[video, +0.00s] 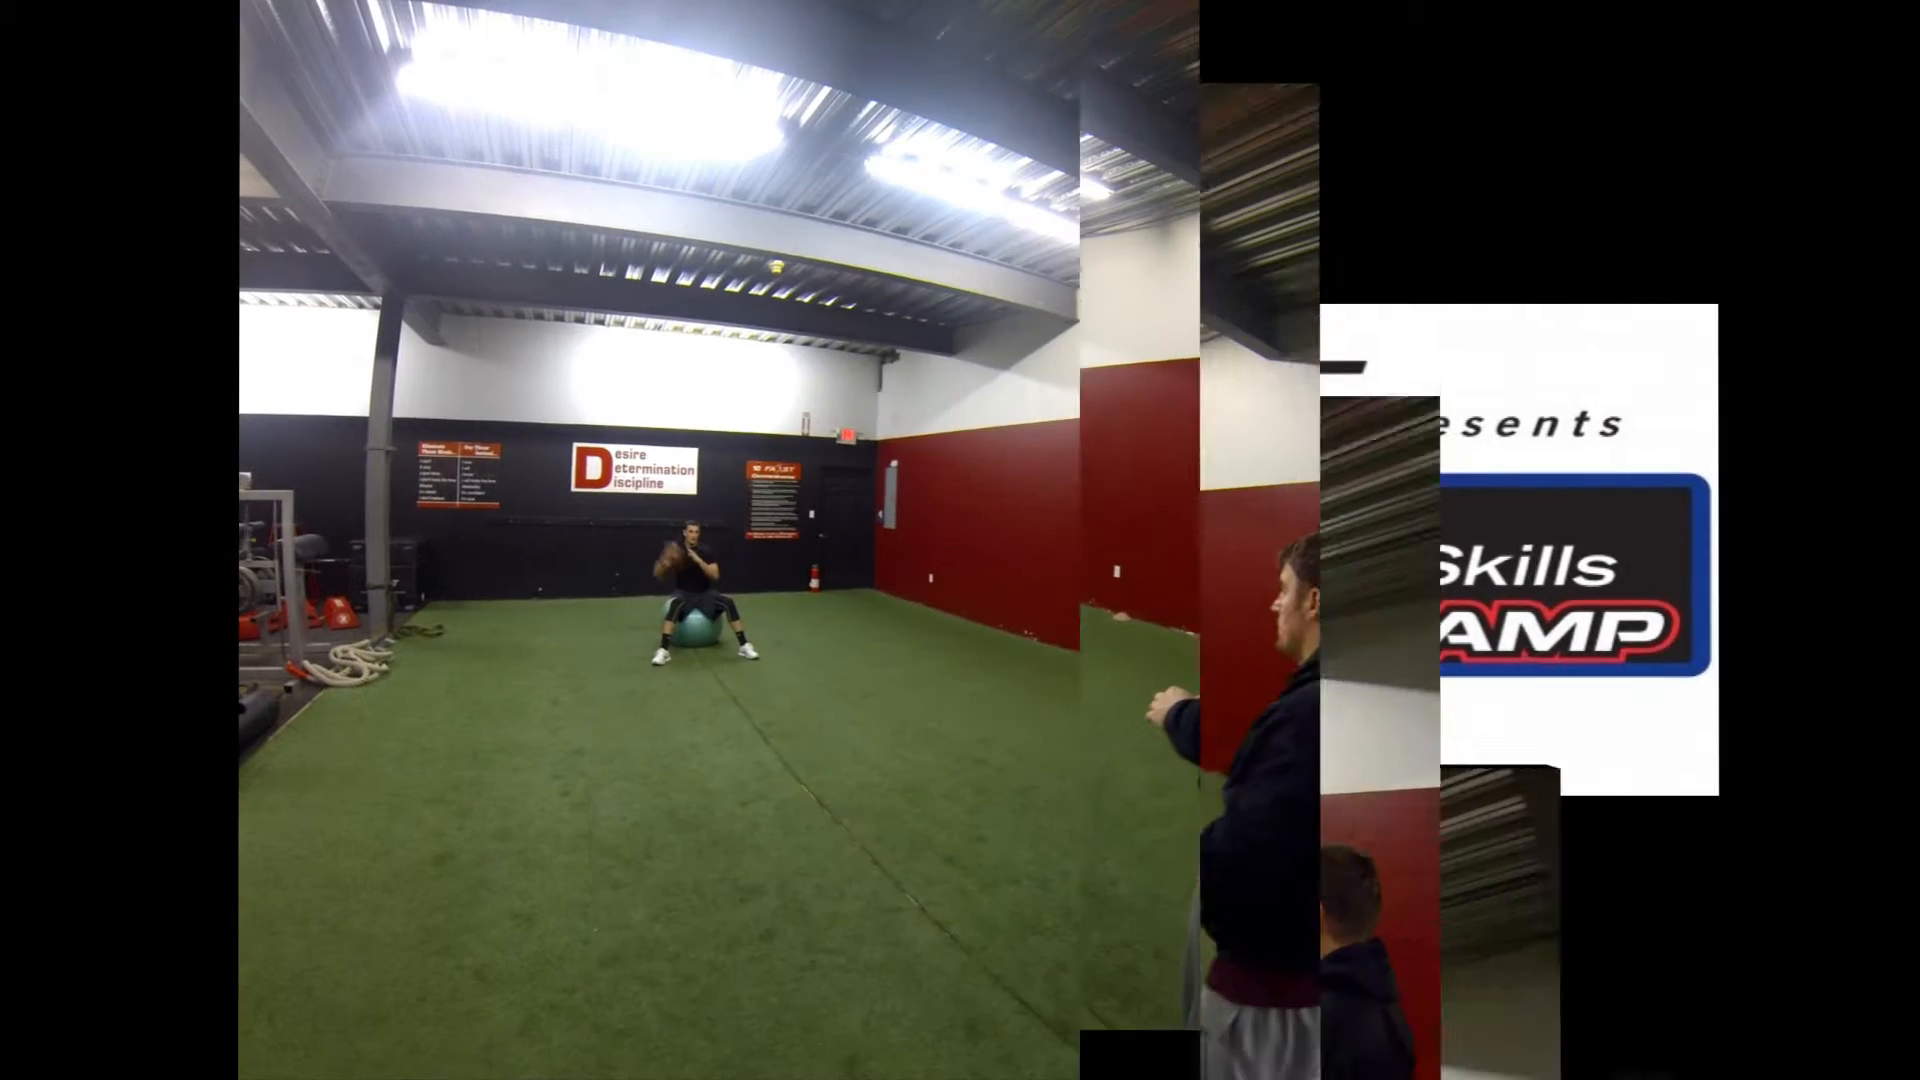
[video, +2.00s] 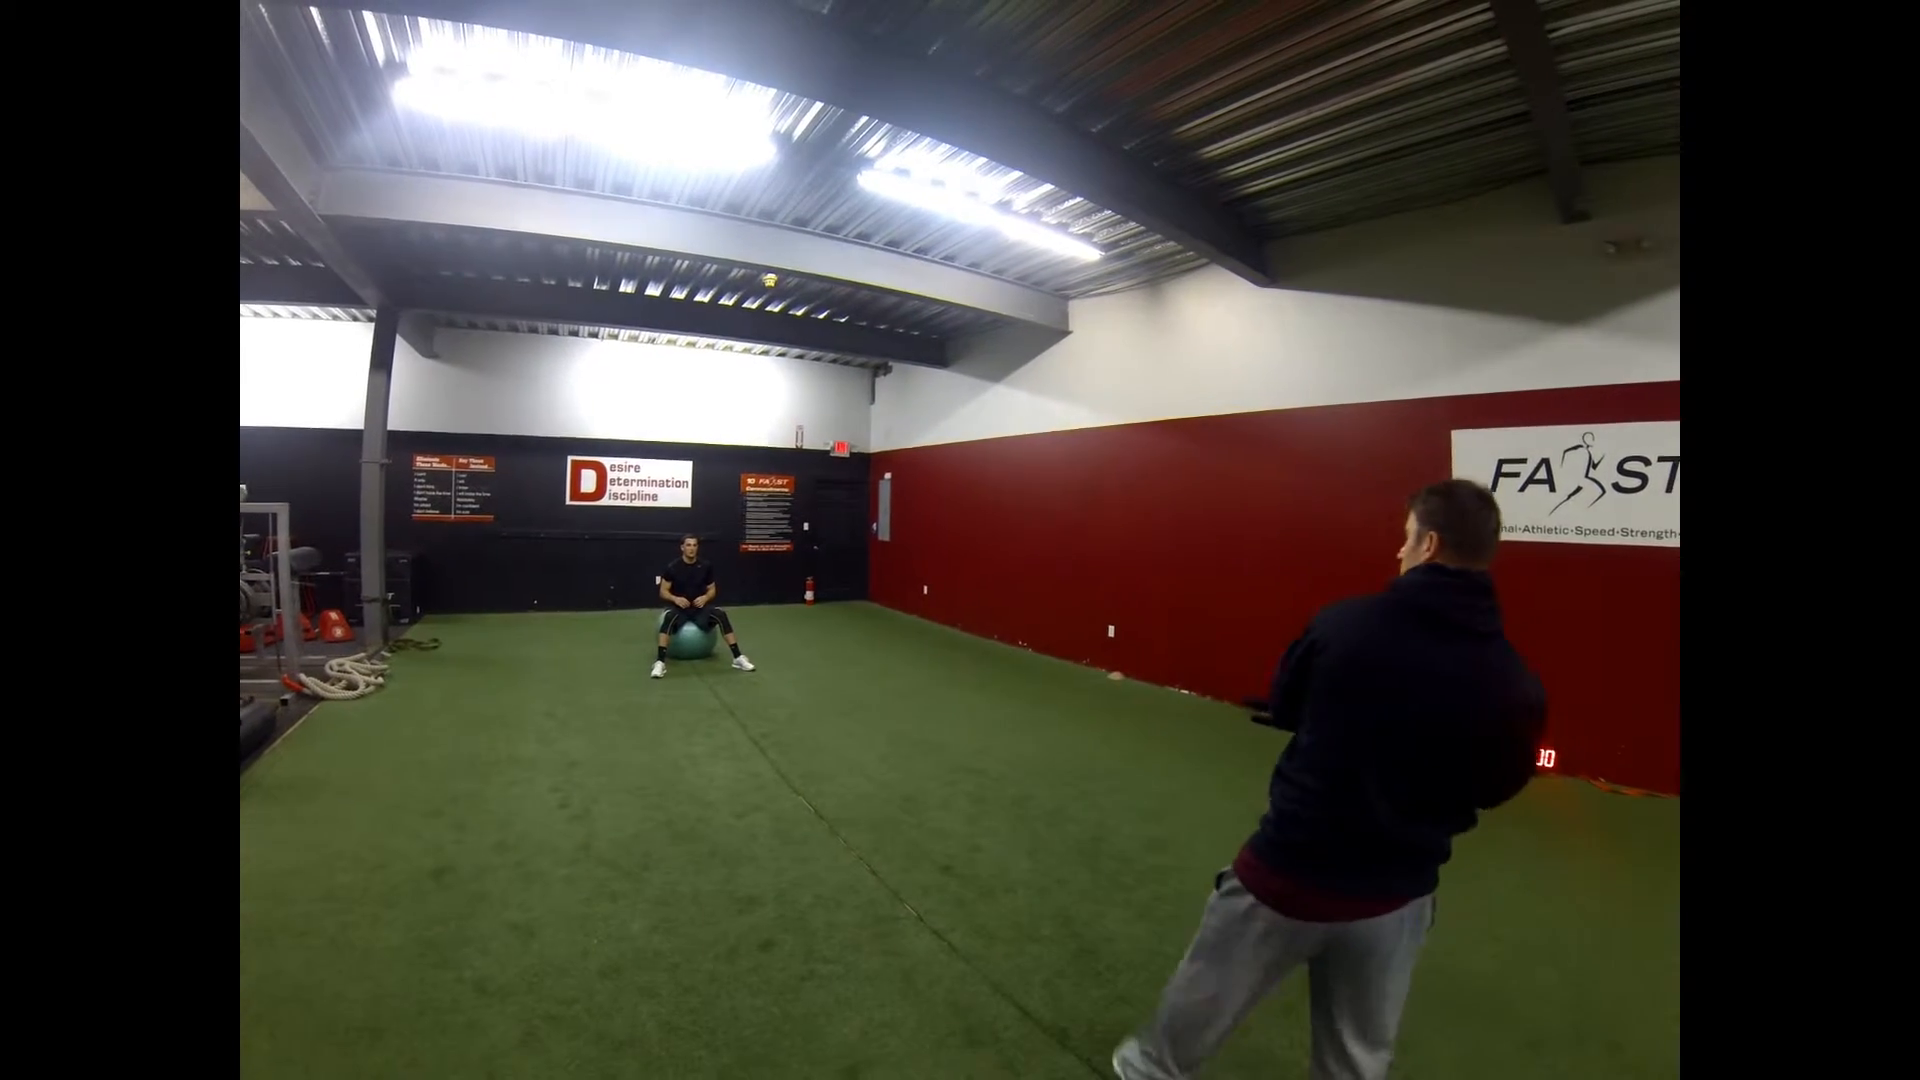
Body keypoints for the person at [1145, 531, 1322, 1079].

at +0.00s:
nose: (1275, 606)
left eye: (1283, 590)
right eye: (1278, 590)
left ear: (1315, 601)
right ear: (1314, 602)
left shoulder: (1309, 706)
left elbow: (1236, 852)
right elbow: (1255, 751)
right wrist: (1182, 716)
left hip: (1267, 978)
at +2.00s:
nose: (1399, 553)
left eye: (1406, 538)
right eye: (1404, 537)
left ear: (1430, 544)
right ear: (1489, 555)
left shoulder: (1346, 626)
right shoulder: (1512, 684)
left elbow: (1286, 705)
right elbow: (1493, 788)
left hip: (1283, 882)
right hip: (1393, 902)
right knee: (1357, 1064)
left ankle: (1154, 1067)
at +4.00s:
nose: (1331, 548)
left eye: (1340, 532)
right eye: (1334, 533)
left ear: (1374, 542)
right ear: (1388, 543)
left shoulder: (1366, 648)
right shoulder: (1425, 634)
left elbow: (1309, 784)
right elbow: (1392, 767)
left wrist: (1225, 786)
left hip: (1317, 898)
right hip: (1381, 884)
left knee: (1269, 1058)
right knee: (1333, 1039)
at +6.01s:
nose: (1463, 572)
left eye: (1467, 557)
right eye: (1464, 557)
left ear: (1489, 561)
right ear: (1551, 567)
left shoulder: (1416, 655)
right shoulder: (1583, 692)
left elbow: (1346, 750)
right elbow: (1551, 805)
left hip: (1369, 913)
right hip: (1479, 930)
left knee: (1269, 1032)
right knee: (1427, 1070)